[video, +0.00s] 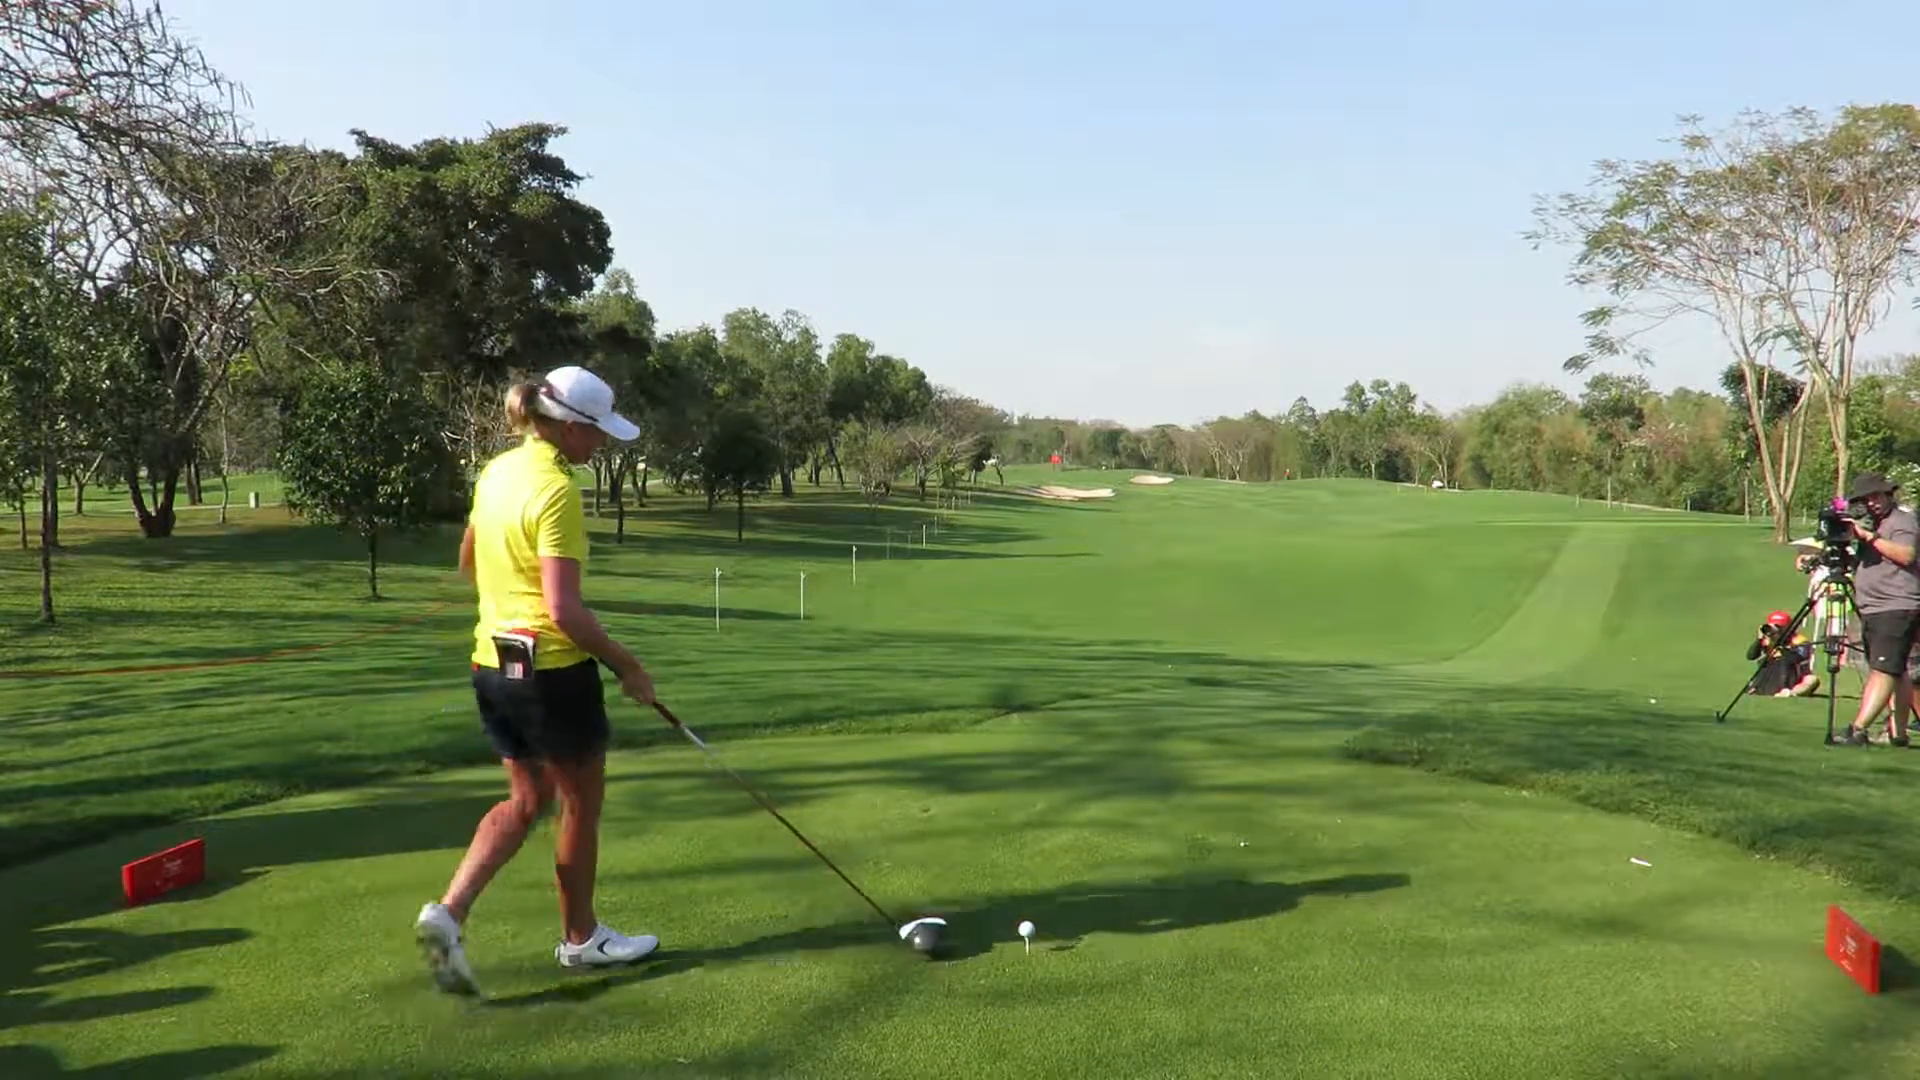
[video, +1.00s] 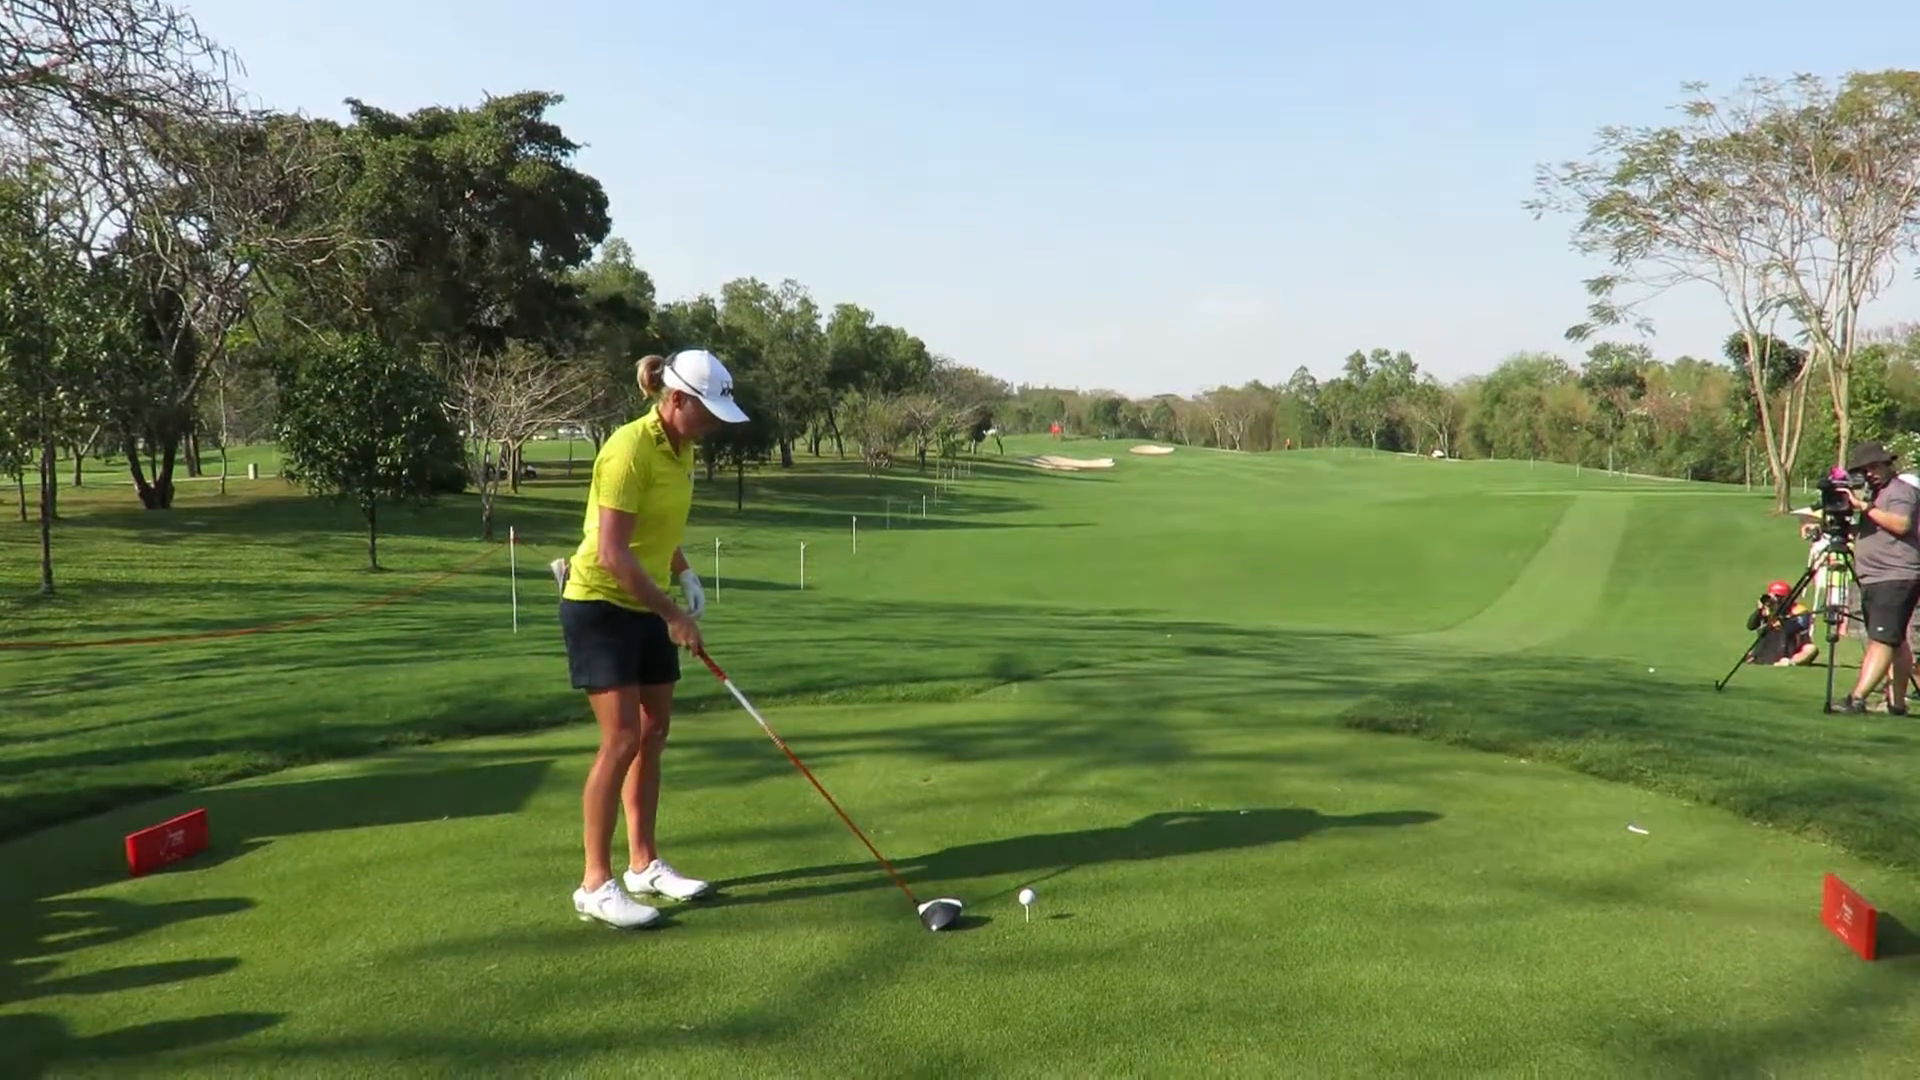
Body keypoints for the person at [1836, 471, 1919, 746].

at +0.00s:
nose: (1871, 505)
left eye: (1875, 498)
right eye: (1866, 501)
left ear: (1889, 496)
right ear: (1863, 503)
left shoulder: (1902, 521)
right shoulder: (1873, 525)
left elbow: (1906, 556)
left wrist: (1870, 538)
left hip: (1897, 606)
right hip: (1874, 607)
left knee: (1884, 668)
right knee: (1894, 672)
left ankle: (1858, 727)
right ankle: (1898, 731)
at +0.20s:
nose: (1869, 505)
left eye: (1873, 498)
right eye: (1864, 500)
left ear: (1887, 495)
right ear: (1862, 503)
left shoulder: (1903, 521)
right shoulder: (1873, 525)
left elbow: (1906, 555)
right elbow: (1864, 562)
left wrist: (1868, 537)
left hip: (1898, 606)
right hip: (1874, 607)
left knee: (1884, 667)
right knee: (1893, 670)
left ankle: (1858, 727)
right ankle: (1898, 730)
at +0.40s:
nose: (1869, 503)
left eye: (1873, 496)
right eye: (1864, 498)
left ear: (1887, 493)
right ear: (1862, 501)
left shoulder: (1902, 519)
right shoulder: (1873, 523)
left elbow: (1905, 553)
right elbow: (1864, 560)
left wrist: (1867, 534)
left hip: (1897, 604)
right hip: (1873, 605)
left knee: (1883, 666)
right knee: (1891, 668)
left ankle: (1858, 725)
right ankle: (1898, 728)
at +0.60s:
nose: (1869, 498)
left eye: (1873, 492)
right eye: (1864, 494)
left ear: (1887, 488)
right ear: (1863, 496)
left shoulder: (1902, 515)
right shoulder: (1875, 518)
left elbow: (1903, 548)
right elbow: (1868, 555)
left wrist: (1865, 529)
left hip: (1896, 599)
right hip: (1874, 600)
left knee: (1883, 661)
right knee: (1893, 664)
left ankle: (1858, 720)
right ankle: (1898, 724)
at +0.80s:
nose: (1868, 490)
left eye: (1872, 483)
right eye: (1864, 485)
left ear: (1886, 480)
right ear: (1863, 487)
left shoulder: (1902, 506)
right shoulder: (1875, 509)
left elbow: (1902, 539)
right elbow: (1867, 544)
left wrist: (1864, 521)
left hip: (1896, 591)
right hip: (1874, 591)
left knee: (1882, 653)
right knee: (1893, 656)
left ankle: (1857, 712)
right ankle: (1897, 715)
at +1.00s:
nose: (1868, 475)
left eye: (1872, 469)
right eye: (1864, 471)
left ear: (1886, 466)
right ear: (1864, 473)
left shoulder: (1901, 490)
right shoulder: (1876, 494)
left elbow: (1901, 524)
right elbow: (1867, 531)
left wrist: (1865, 508)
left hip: (1896, 577)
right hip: (1875, 577)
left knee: (1882, 638)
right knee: (1894, 642)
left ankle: (1856, 697)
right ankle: (1898, 702)